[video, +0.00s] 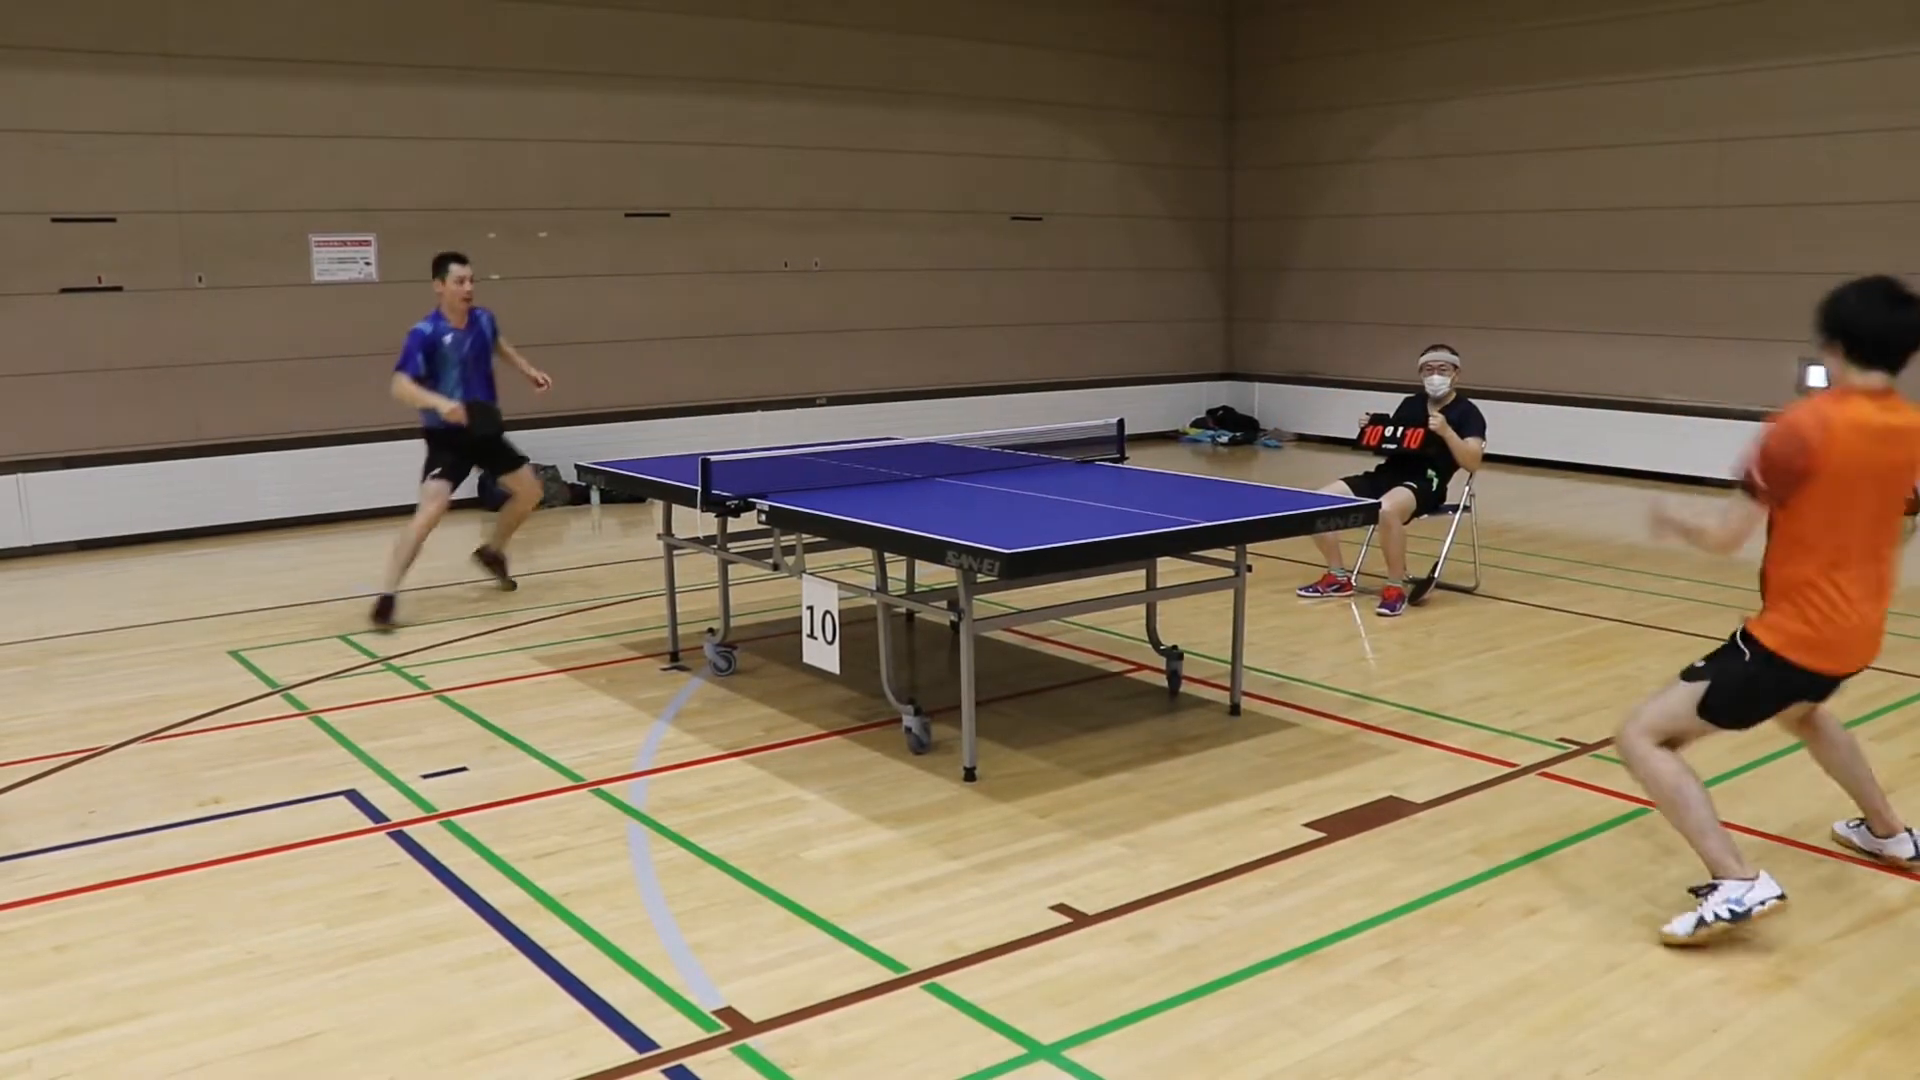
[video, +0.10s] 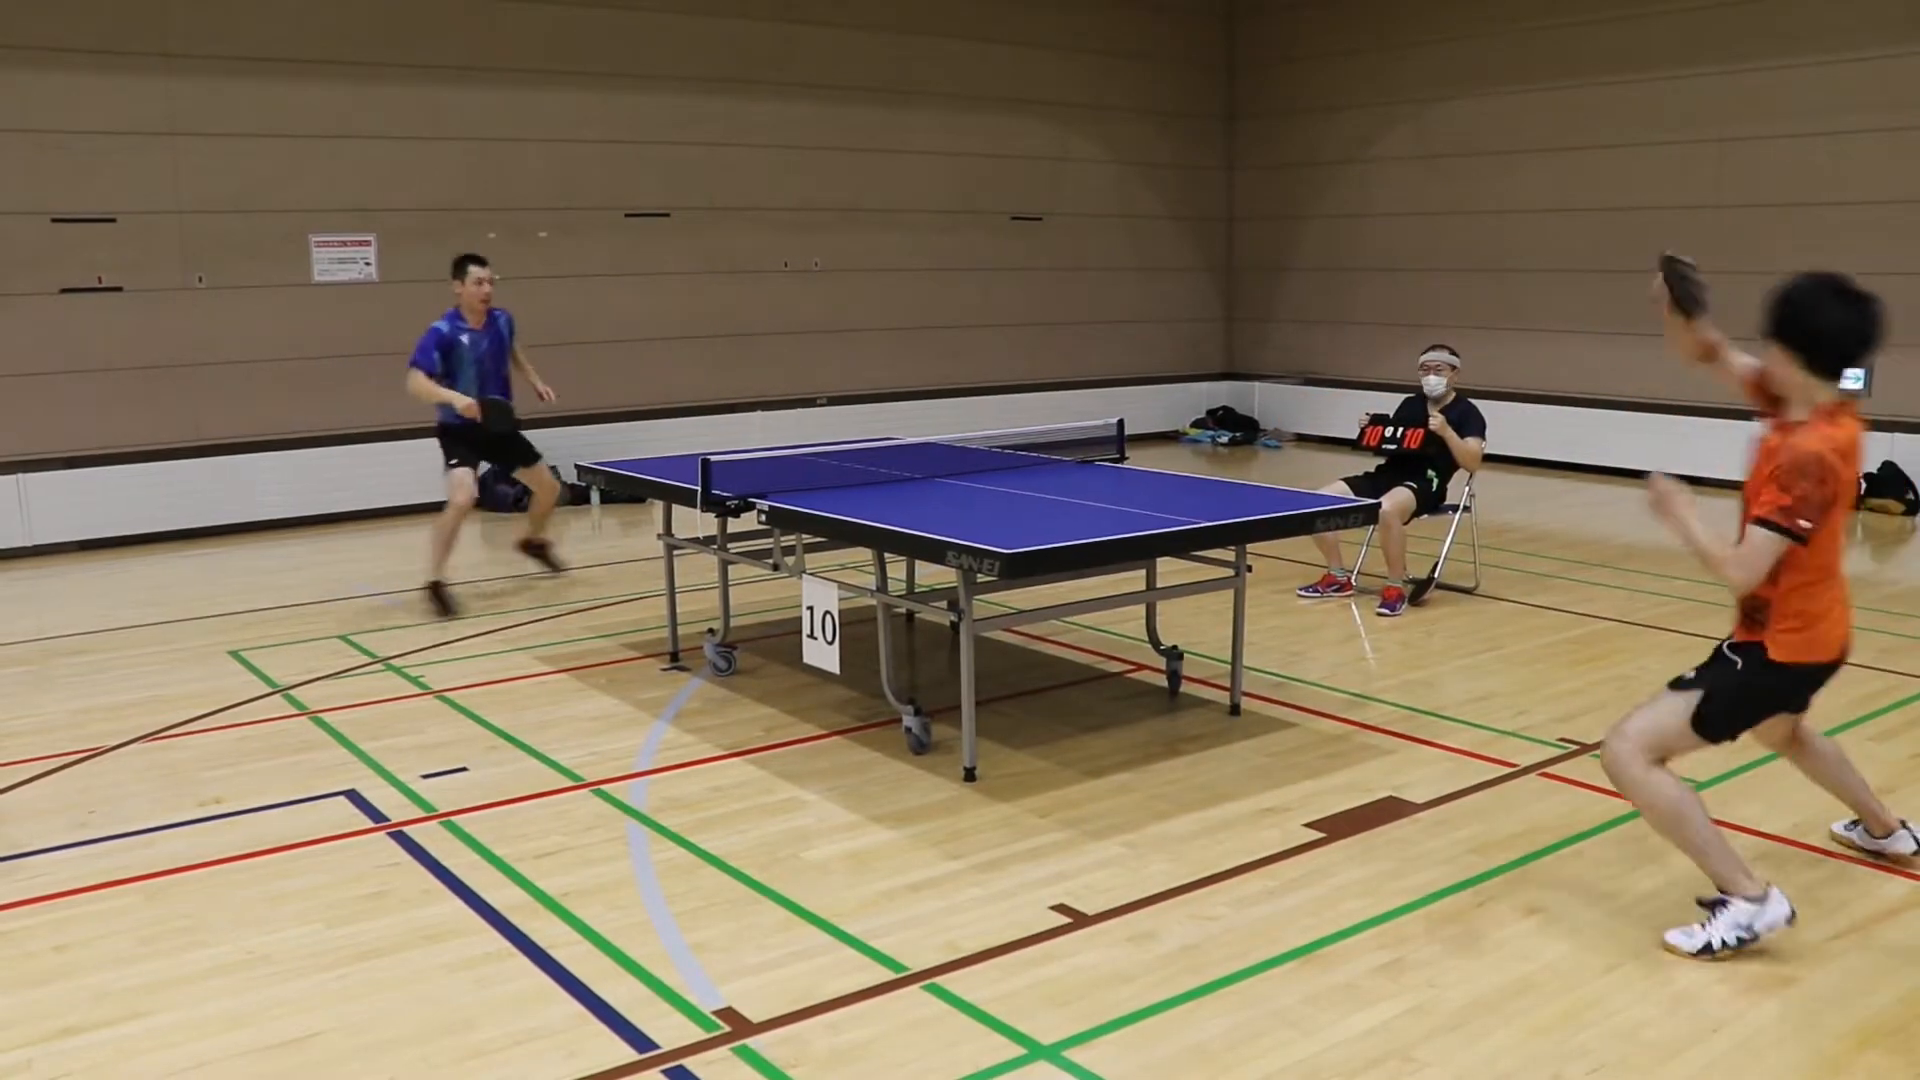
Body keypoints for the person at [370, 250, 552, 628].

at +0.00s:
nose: (468, 287)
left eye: (471, 281)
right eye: (460, 281)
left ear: (474, 284)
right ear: (439, 287)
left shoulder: (483, 321)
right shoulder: (424, 334)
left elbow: (499, 346)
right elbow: (401, 385)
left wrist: (528, 370)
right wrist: (442, 405)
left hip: (487, 430)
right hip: (447, 435)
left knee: (529, 492)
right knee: (431, 510)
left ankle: (492, 551)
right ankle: (387, 595)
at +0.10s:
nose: (487, 289)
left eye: (490, 282)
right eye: (479, 283)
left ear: (494, 286)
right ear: (458, 287)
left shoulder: (502, 322)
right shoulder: (442, 332)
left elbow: (512, 352)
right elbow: (415, 382)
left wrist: (536, 381)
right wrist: (455, 399)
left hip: (499, 422)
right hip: (458, 428)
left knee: (548, 488)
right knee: (462, 498)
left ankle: (533, 539)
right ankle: (436, 581)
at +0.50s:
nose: (601, 285)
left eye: (602, 278)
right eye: (594, 278)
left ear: (575, 283)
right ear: (572, 282)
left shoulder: (549, 306)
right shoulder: (593, 321)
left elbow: (521, 297)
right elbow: (629, 362)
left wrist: (523, 268)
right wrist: (680, 372)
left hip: (559, 414)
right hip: (561, 415)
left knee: (615, 478)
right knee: (550, 487)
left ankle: (584, 552)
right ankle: (501, 561)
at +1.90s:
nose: (662, 305)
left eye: (667, 299)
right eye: (658, 299)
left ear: (676, 299)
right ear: (651, 299)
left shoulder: (681, 333)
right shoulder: (634, 321)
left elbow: (696, 356)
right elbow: (607, 323)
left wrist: (686, 371)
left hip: (664, 397)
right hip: (632, 396)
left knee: (695, 450)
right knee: (600, 450)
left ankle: (714, 500)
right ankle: (579, 507)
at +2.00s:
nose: (670, 289)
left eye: (676, 285)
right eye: (667, 282)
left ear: (681, 291)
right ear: (659, 283)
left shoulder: (676, 331)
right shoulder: (637, 301)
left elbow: (681, 373)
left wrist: (687, 363)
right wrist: (656, 243)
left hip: (654, 382)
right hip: (622, 379)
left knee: (693, 440)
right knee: (599, 436)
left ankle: (710, 494)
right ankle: (584, 497)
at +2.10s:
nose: (666, 286)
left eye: (671, 283)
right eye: (662, 280)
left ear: (674, 287)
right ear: (653, 281)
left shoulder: (672, 328)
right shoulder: (632, 299)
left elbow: (674, 371)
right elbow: (625, 272)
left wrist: (680, 363)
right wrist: (661, 250)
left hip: (651, 378)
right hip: (624, 372)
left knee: (677, 443)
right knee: (613, 419)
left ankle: (668, 494)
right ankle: (594, 476)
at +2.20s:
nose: (663, 292)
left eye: (667, 288)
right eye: (658, 286)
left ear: (670, 292)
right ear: (647, 288)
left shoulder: (667, 332)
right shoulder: (631, 310)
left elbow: (671, 374)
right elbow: (616, 300)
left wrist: (675, 369)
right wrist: (645, 279)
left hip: (651, 383)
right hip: (624, 375)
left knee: (675, 449)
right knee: (626, 403)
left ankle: (655, 498)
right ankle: (614, 463)